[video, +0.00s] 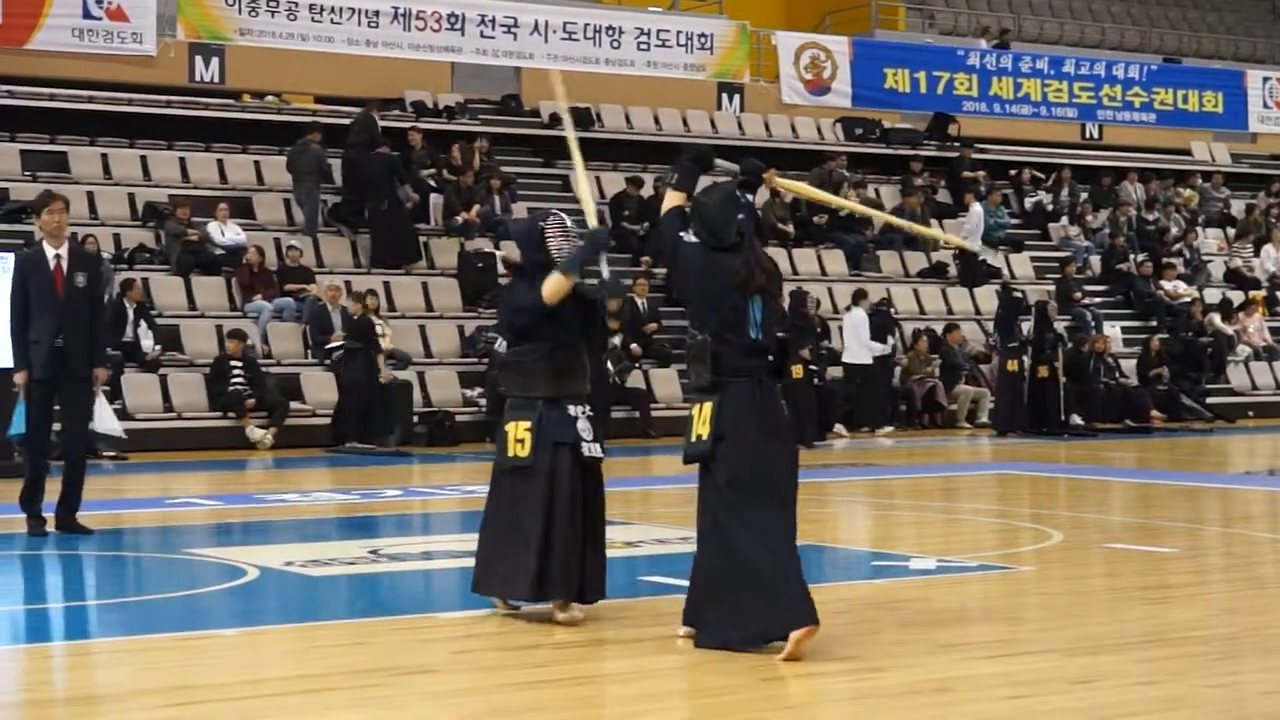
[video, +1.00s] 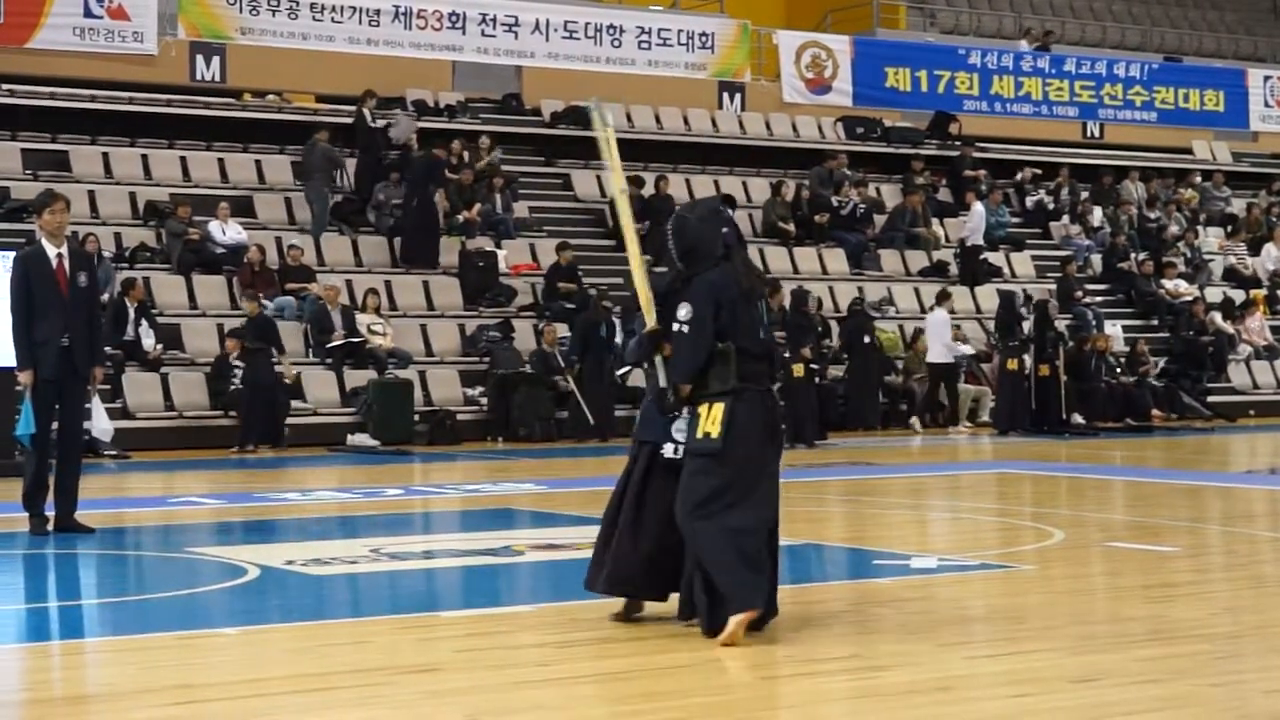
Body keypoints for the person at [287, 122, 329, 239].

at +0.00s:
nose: (319, 138)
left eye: (319, 135)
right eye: (318, 135)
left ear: (306, 135)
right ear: (313, 135)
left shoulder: (294, 150)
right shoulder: (317, 150)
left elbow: (289, 167)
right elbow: (324, 169)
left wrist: (298, 174)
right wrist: (331, 182)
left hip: (297, 186)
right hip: (312, 187)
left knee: (310, 218)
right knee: (311, 220)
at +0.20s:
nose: (322, 138)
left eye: (322, 135)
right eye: (321, 135)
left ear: (309, 135)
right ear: (316, 135)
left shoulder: (296, 150)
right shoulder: (320, 151)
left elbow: (291, 166)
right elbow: (328, 170)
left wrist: (299, 175)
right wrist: (332, 184)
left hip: (299, 185)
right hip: (314, 186)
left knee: (309, 215)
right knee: (312, 216)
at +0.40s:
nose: (324, 138)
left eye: (324, 135)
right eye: (323, 135)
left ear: (311, 135)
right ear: (318, 135)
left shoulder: (299, 150)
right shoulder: (322, 151)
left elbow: (294, 166)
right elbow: (332, 167)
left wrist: (298, 178)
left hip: (302, 187)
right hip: (315, 187)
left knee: (311, 217)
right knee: (313, 219)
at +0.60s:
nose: (326, 137)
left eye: (326, 134)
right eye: (325, 134)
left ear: (313, 134)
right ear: (321, 135)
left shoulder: (303, 148)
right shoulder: (324, 150)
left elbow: (299, 167)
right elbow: (336, 165)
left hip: (304, 186)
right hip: (316, 187)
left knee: (313, 215)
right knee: (315, 216)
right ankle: (313, 240)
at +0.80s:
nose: (327, 135)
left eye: (327, 133)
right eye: (326, 133)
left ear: (314, 134)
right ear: (325, 134)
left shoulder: (306, 147)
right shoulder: (326, 149)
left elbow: (302, 166)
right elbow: (340, 163)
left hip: (307, 186)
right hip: (319, 187)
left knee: (316, 218)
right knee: (319, 219)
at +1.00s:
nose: (327, 137)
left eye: (326, 135)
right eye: (325, 135)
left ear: (315, 135)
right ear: (322, 136)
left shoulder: (307, 148)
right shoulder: (325, 148)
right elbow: (340, 162)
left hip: (309, 185)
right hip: (321, 186)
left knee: (316, 218)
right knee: (321, 220)